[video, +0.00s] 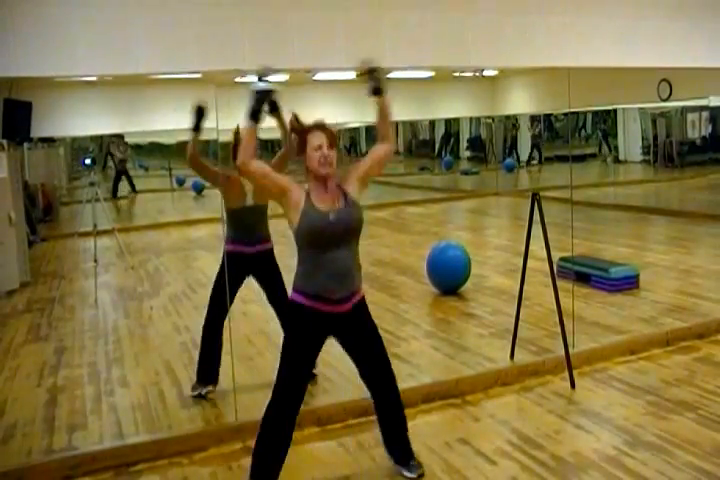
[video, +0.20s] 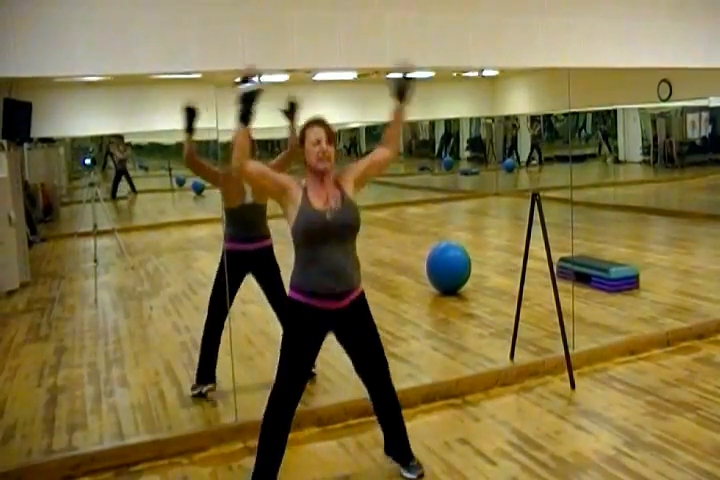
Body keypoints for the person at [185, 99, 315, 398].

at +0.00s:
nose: (238, 152)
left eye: (237, 147)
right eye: (241, 147)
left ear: (233, 152)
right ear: (255, 153)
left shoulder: (226, 179)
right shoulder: (267, 175)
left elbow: (193, 160)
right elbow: (289, 146)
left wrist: (196, 127)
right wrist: (279, 115)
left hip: (236, 257)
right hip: (264, 255)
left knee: (215, 316)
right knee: (285, 310)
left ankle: (207, 380)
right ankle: (304, 368)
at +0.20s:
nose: (239, 151)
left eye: (239, 147)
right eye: (243, 146)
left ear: (230, 152)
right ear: (254, 152)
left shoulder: (223, 176)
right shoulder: (265, 173)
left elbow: (190, 160)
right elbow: (292, 151)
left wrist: (189, 129)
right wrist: (292, 120)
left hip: (234, 254)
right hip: (262, 252)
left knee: (215, 316)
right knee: (284, 308)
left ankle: (205, 380)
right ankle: (304, 365)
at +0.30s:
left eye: (237, 135)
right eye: (250, 136)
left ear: (232, 141)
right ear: (255, 141)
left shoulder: (224, 170)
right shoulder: (268, 167)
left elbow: (194, 181)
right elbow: (296, 178)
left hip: (233, 238)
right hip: (260, 236)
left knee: (225, 302)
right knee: (276, 298)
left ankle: (219, 369)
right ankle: (294, 358)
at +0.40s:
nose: (248, 148)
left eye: (238, 143)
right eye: (250, 143)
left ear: (231, 147)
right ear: (253, 146)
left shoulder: (225, 179)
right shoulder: (267, 176)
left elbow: (207, 214)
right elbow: (284, 205)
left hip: (232, 247)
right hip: (261, 245)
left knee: (233, 309)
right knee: (266, 303)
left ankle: (239, 373)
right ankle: (273, 365)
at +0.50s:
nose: (247, 161)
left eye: (238, 156)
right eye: (249, 156)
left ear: (231, 159)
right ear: (253, 158)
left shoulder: (227, 190)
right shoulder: (265, 188)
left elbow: (223, 232)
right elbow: (273, 226)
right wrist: (277, 255)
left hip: (236, 259)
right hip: (263, 257)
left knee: (236, 318)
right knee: (264, 314)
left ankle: (247, 375)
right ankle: (267, 373)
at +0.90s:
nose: (240, 158)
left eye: (238, 152)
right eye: (242, 152)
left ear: (232, 160)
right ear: (252, 159)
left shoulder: (224, 186)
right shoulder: (266, 183)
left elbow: (193, 167)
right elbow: (290, 152)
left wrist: (201, 137)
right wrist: (277, 123)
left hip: (234, 267)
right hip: (264, 265)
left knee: (210, 322)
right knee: (286, 316)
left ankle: (207, 385)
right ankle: (306, 364)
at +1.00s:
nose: (241, 168)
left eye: (238, 163)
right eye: (244, 162)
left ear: (233, 168)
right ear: (255, 167)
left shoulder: (228, 194)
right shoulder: (267, 190)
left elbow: (198, 167)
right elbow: (284, 156)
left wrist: (208, 137)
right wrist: (270, 129)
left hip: (235, 271)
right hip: (265, 269)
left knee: (209, 325)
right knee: (288, 320)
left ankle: (208, 386)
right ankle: (305, 369)